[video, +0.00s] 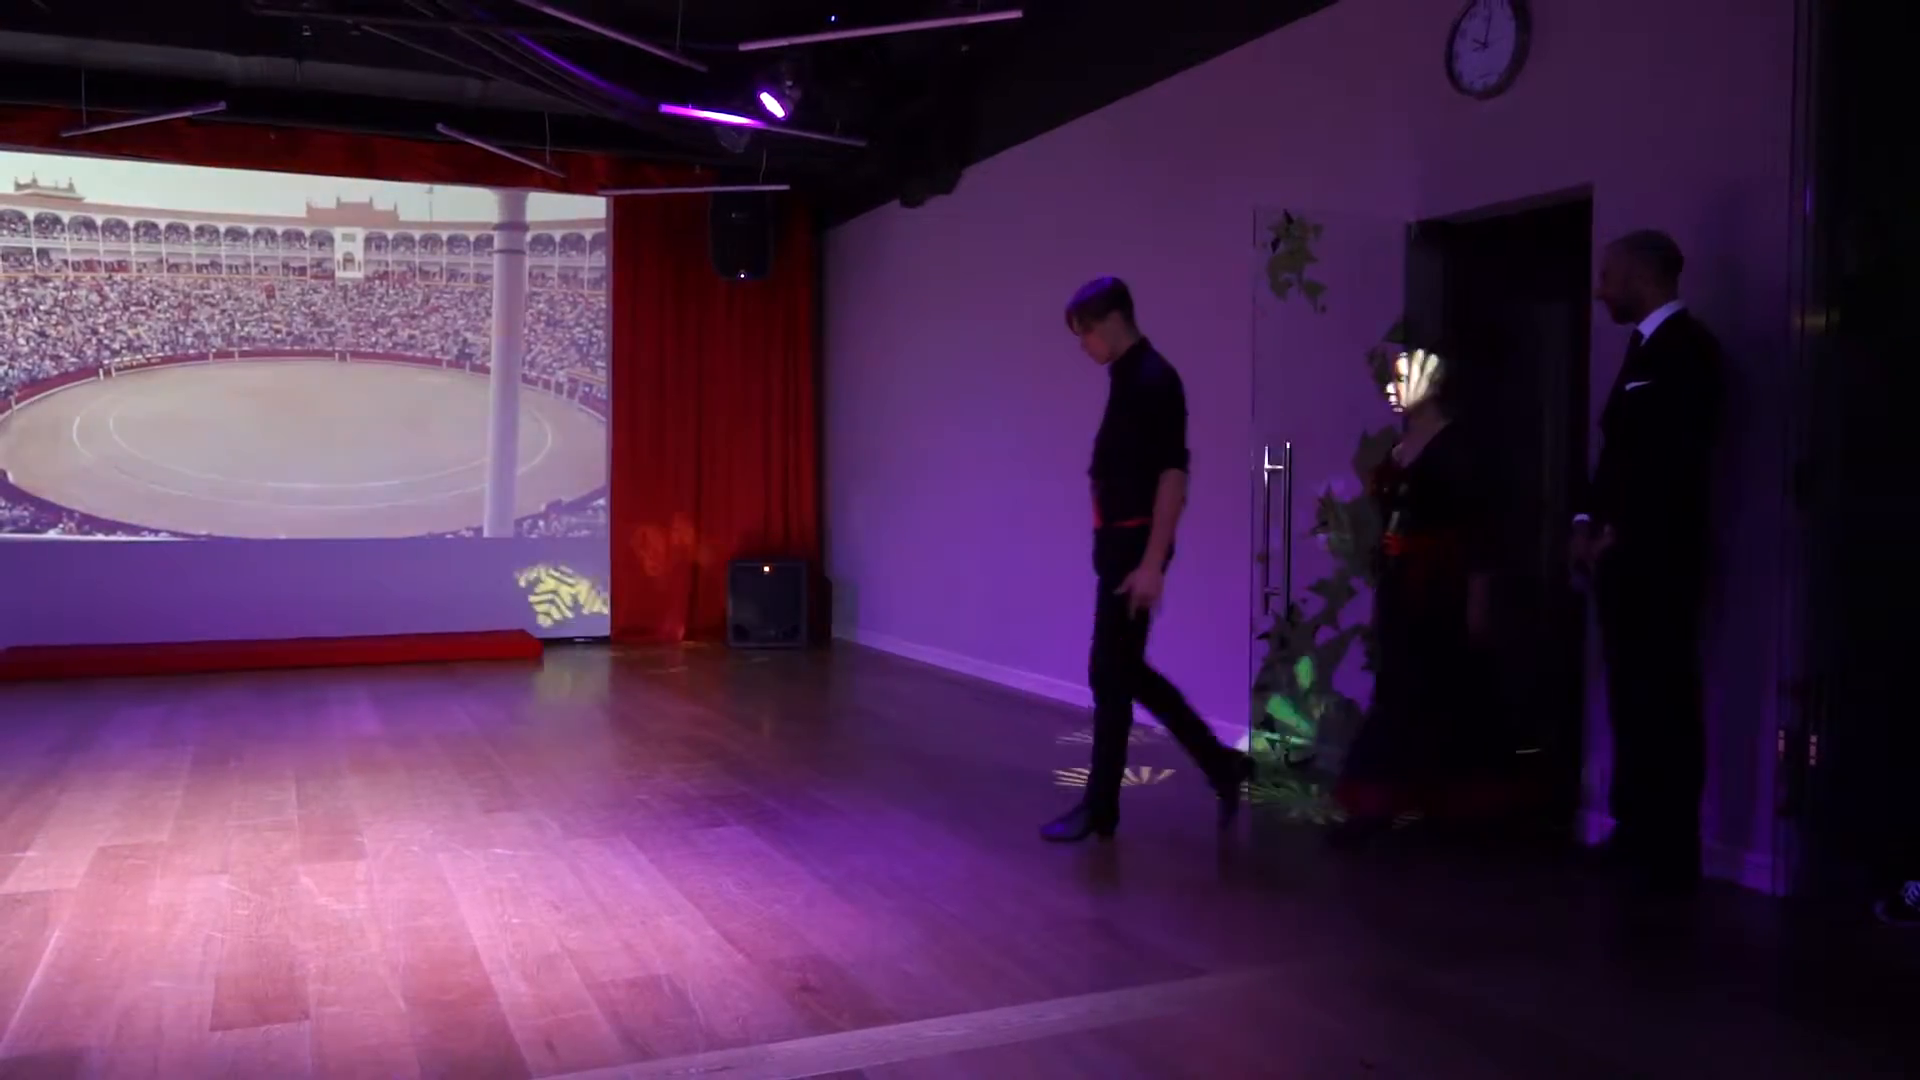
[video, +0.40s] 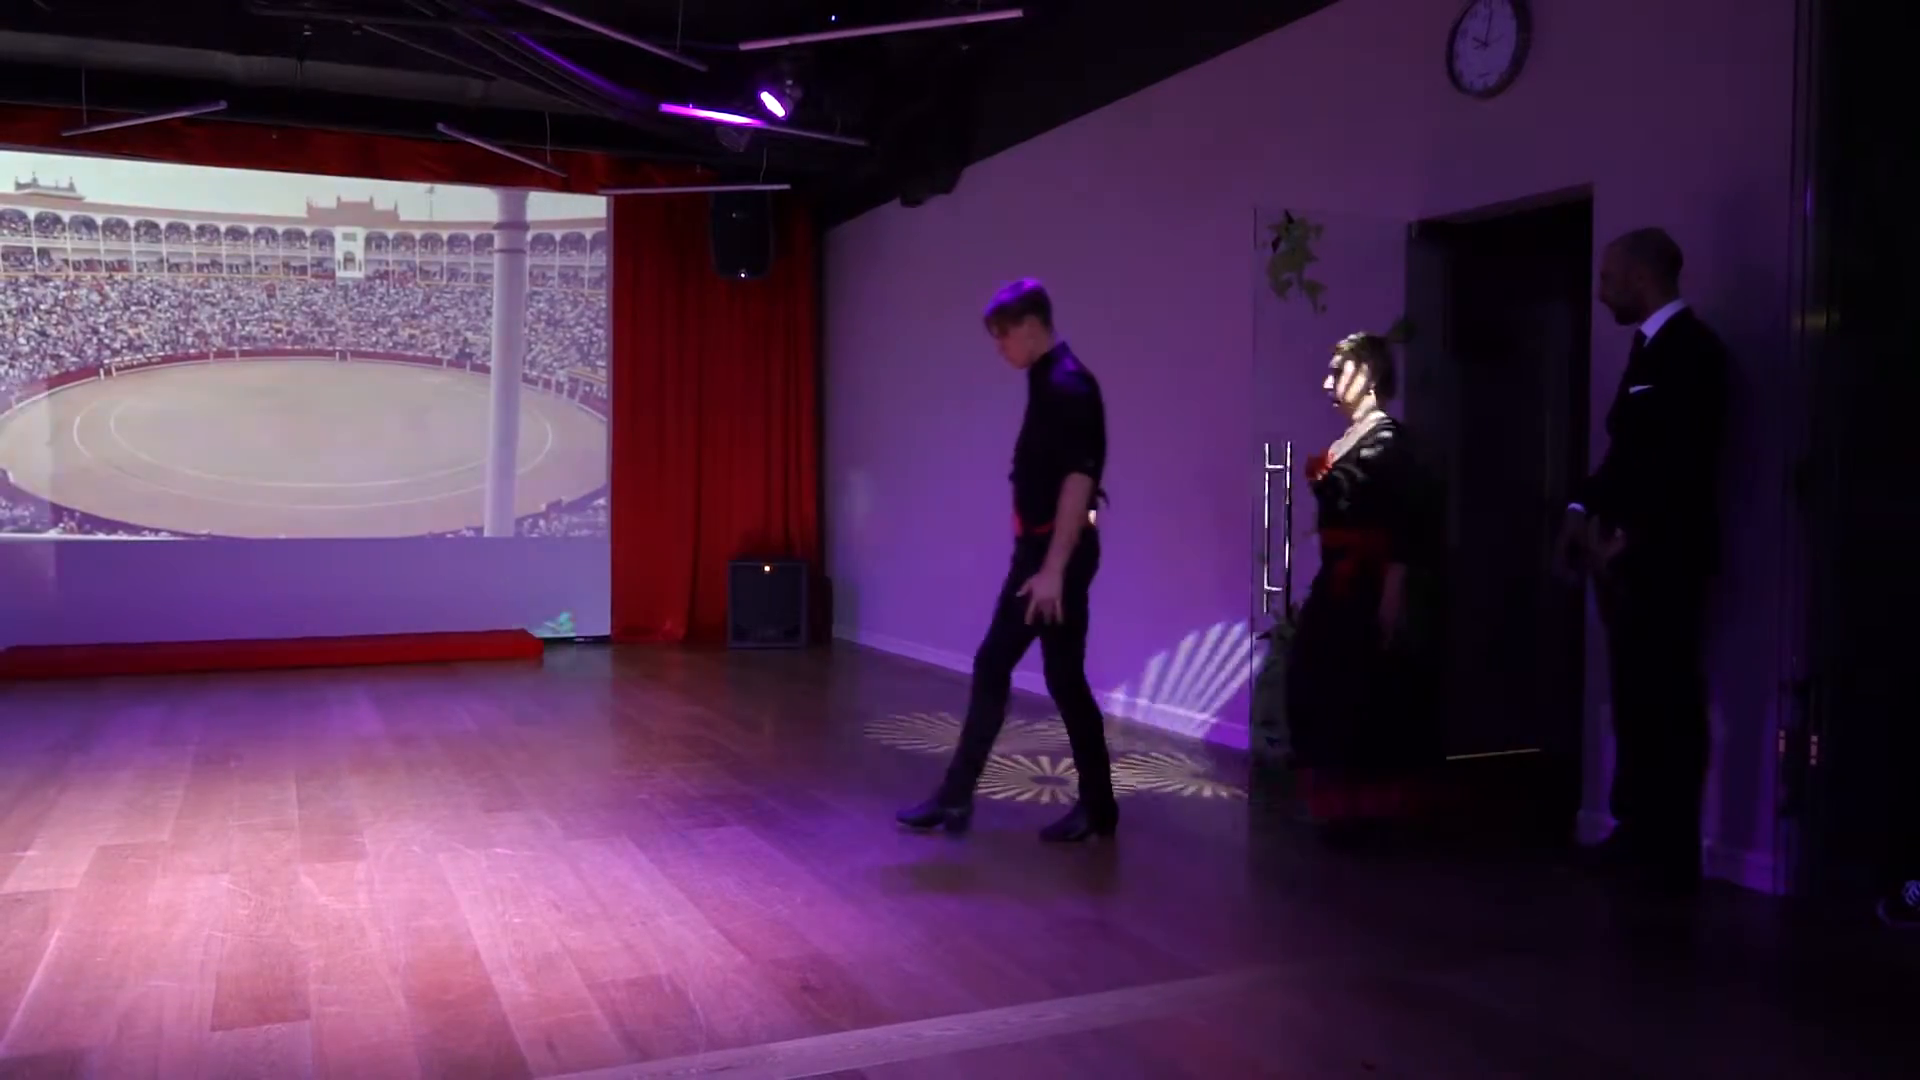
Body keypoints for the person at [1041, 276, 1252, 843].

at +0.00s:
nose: (1083, 346)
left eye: (1085, 332)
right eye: (1078, 335)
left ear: (1113, 322)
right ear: (1111, 324)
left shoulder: (1153, 380)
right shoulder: (1127, 377)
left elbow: (1173, 476)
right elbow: (1126, 469)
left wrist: (1153, 564)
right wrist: (1105, 542)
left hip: (1135, 546)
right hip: (1117, 542)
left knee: (1112, 672)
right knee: (1126, 670)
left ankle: (1100, 806)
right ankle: (1222, 766)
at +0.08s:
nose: (1067, 344)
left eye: (1071, 331)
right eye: (1063, 333)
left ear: (1098, 321)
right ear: (1091, 326)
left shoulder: (1138, 380)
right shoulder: (1112, 376)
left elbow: (1152, 478)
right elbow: (1112, 469)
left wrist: (1127, 564)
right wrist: (1093, 546)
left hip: (1123, 542)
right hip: (1099, 539)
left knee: (1097, 668)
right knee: (1086, 665)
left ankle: (1099, 806)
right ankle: (1175, 763)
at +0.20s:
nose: (1045, 346)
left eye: (1048, 334)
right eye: (1041, 336)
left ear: (1075, 323)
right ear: (1066, 327)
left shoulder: (1116, 380)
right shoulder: (1088, 376)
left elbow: (1125, 480)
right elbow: (1096, 467)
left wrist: (1096, 563)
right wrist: (1073, 537)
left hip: (1103, 543)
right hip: (1078, 540)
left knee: (1086, 673)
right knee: (1034, 657)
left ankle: (1097, 804)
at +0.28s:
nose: (1027, 346)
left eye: (1031, 333)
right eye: (1023, 335)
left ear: (1058, 324)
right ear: (1049, 329)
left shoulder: (1097, 383)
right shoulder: (1071, 380)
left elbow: (1107, 481)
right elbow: (1077, 472)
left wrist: (1077, 566)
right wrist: (1054, 546)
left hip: (1090, 546)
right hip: (1062, 542)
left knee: (1079, 677)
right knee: (1011, 658)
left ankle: (1098, 806)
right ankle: (1019, 793)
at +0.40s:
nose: (1000, 348)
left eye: (1004, 336)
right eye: (996, 337)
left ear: (1035, 326)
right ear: (1028, 329)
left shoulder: (1071, 386)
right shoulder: (1049, 379)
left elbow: (1079, 483)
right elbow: (1051, 473)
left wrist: (1053, 570)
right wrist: (1030, 550)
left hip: (1063, 549)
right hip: (1037, 546)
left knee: (1065, 679)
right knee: (991, 668)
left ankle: (1098, 805)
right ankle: (955, 796)